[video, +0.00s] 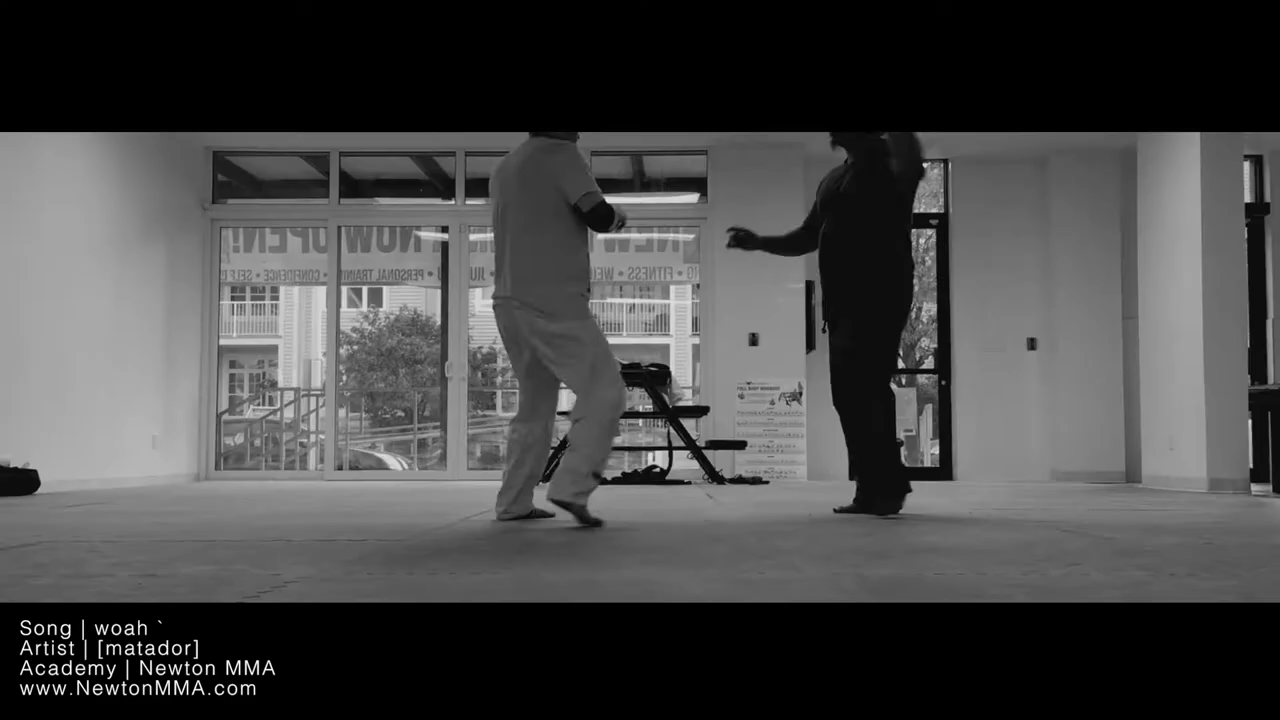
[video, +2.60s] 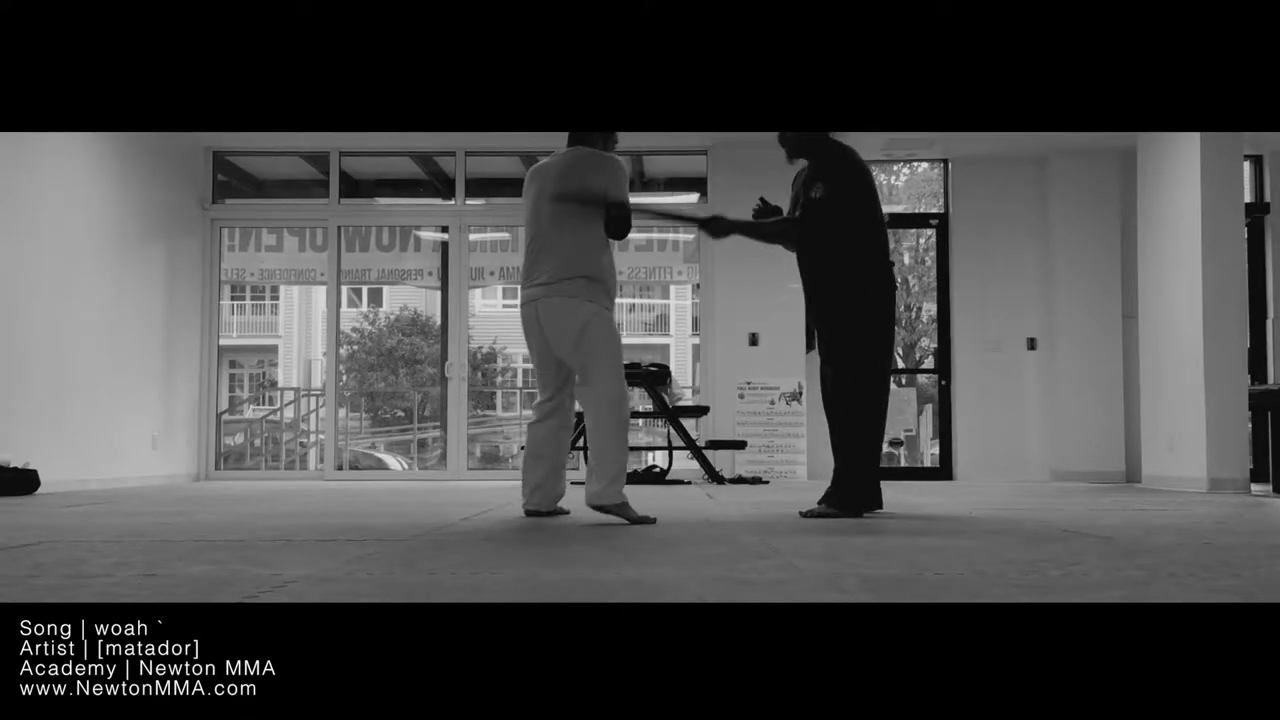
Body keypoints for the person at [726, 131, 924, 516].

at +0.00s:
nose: (834, 135)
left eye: (840, 133)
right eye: (838, 134)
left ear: (864, 132)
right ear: (845, 139)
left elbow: (910, 156)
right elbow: (807, 237)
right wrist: (759, 242)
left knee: (871, 390)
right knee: (848, 395)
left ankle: (889, 487)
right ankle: (870, 491)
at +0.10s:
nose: (827, 133)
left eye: (832, 129)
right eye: (830, 130)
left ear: (846, 130)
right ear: (846, 135)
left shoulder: (887, 158)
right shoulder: (838, 181)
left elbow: (875, 157)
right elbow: (812, 240)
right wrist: (767, 232)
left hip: (877, 303)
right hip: (845, 308)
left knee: (870, 393)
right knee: (850, 397)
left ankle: (881, 496)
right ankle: (865, 495)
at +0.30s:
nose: (825, 139)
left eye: (829, 136)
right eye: (827, 137)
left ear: (840, 132)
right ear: (866, 130)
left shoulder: (859, 153)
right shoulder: (871, 163)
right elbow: (839, 245)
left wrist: (765, 134)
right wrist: (790, 224)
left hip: (856, 298)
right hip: (872, 297)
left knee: (849, 394)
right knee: (871, 394)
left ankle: (853, 499)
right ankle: (878, 495)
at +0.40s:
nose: (821, 138)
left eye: (824, 135)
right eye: (823, 137)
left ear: (834, 130)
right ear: (862, 128)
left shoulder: (848, 151)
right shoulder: (872, 158)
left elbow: (779, 167)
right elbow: (844, 241)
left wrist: (713, 169)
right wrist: (801, 221)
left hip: (854, 298)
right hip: (874, 296)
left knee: (845, 394)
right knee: (871, 394)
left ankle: (853, 500)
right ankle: (878, 497)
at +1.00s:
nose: (814, 139)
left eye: (818, 136)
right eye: (814, 137)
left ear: (835, 129)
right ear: (832, 138)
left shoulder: (868, 148)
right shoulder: (832, 168)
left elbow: (816, 157)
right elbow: (810, 232)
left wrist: (754, 148)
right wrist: (771, 225)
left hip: (859, 300)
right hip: (838, 301)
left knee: (850, 399)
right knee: (854, 398)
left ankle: (854, 499)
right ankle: (873, 492)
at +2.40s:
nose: (785, 148)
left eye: (787, 139)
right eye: (784, 142)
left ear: (804, 137)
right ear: (818, 138)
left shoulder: (841, 168)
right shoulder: (832, 170)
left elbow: (816, 215)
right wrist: (785, 229)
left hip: (850, 312)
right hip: (838, 310)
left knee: (846, 400)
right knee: (842, 399)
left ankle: (850, 496)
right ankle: (854, 493)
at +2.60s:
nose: (781, 142)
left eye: (784, 135)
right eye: (780, 137)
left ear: (803, 134)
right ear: (807, 136)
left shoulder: (834, 167)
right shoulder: (813, 170)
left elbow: (805, 233)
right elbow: (819, 234)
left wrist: (733, 227)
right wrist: (780, 221)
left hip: (858, 305)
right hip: (838, 303)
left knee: (853, 395)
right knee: (845, 395)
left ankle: (852, 496)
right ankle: (858, 491)